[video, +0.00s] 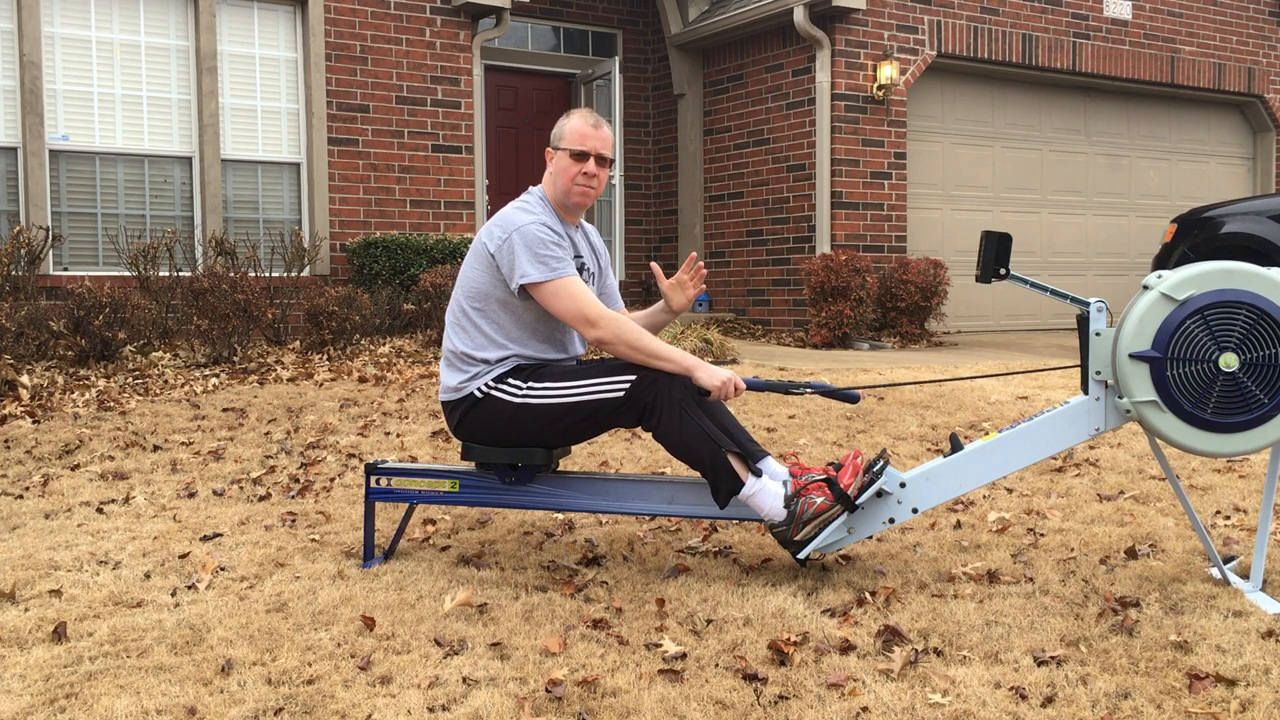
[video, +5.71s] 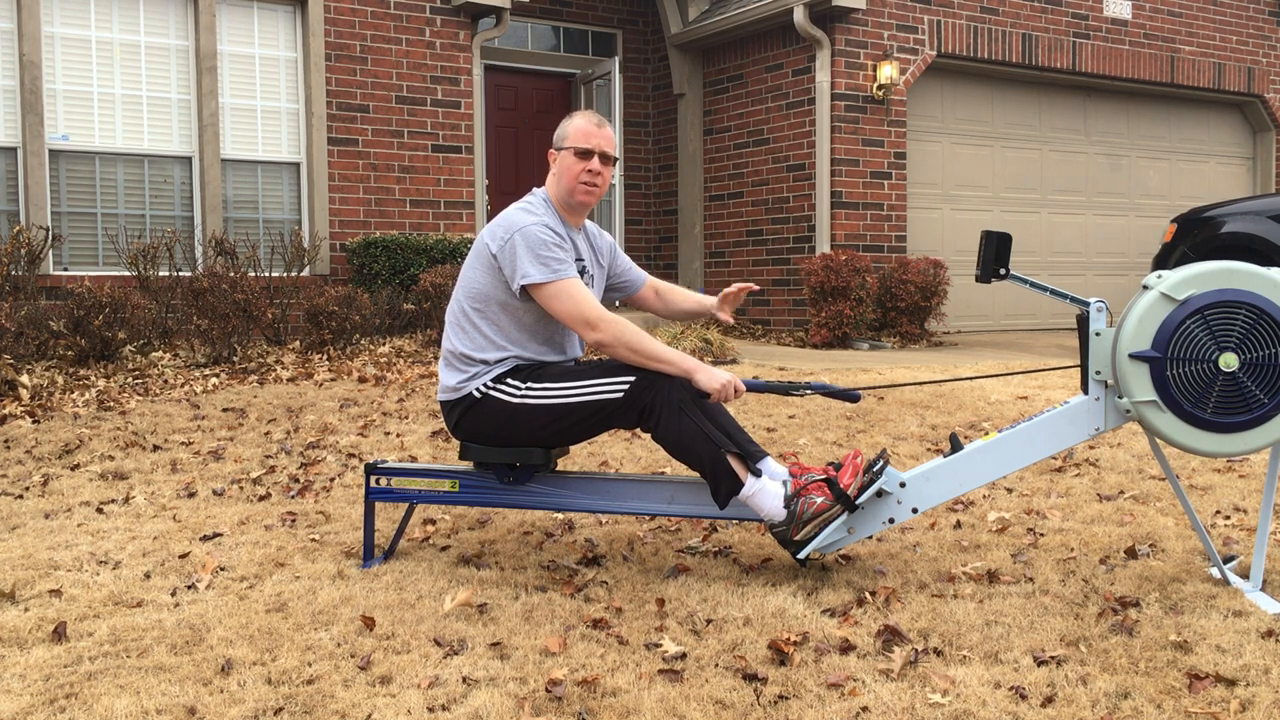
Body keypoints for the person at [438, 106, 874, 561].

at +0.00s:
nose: (590, 171)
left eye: (602, 163)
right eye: (578, 157)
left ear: (610, 172)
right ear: (548, 158)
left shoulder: (590, 242)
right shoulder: (524, 225)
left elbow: (608, 334)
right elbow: (594, 324)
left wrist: (664, 307)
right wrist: (697, 368)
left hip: (542, 378)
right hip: (488, 391)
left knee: (676, 377)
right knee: (652, 387)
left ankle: (789, 486)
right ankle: (777, 510)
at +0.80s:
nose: (588, 170)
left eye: (599, 161)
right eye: (575, 156)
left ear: (608, 171)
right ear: (546, 159)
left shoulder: (587, 239)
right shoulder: (524, 226)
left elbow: (605, 334)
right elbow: (596, 327)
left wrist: (626, 328)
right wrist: (699, 370)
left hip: (539, 375)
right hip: (487, 389)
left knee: (675, 378)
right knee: (651, 387)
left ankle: (787, 487)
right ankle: (777, 510)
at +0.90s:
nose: (588, 169)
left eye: (599, 160)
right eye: (575, 155)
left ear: (608, 170)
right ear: (546, 159)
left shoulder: (587, 239)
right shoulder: (523, 226)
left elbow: (606, 330)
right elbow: (594, 326)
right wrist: (698, 369)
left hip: (540, 376)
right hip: (487, 391)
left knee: (675, 379)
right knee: (652, 386)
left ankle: (788, 485)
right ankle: (777, 510)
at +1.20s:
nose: (585, 170)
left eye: (597, 161)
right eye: (573, 156)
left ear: (606, 170)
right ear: (545, 158)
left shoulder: (583, 236)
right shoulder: (523, 226)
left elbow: (614, 322)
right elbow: (594, 327)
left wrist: (676, 323)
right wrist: (697, 369)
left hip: (540, 376)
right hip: (487, 391)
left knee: (675, 377)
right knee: (651, 386)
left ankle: (787, 484)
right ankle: (777, 510)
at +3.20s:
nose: (592, 168)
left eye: (603, 160)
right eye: (580, 154)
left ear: (610, 171)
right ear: (548, 157)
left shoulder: (587, 239)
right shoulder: (524, 226)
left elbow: (636, 319)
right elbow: (593, 327)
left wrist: (693, 300)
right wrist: (698, 370)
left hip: (540, 377)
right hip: (487, 391)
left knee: (675, 377)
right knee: (650, 387)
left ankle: (787, 485)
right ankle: (776, 510)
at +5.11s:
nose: (595, 167)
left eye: (605, 159)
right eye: (582, 153)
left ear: (611, 171)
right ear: (550, 158)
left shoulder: (587, 238)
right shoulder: (526, 225)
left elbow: (644, 318)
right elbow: (593, 328)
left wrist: (653, 279)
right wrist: (699, 371)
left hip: (539, 376)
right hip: (486, 390)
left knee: (675, 378)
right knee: (650, 388)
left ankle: (786, 483)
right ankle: (775, 510)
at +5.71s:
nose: (595, 168)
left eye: (606, 161)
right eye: (583, 155)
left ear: (612, 173)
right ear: (552, 159)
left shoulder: (592, 237)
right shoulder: (525, 227)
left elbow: (651, 293)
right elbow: (596, 329)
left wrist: (710, 304)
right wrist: (700, 372)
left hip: (539, 376)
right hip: (486, 390)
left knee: (675, 378)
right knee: (650, 388)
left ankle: (785, 484)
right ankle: (776, 509)